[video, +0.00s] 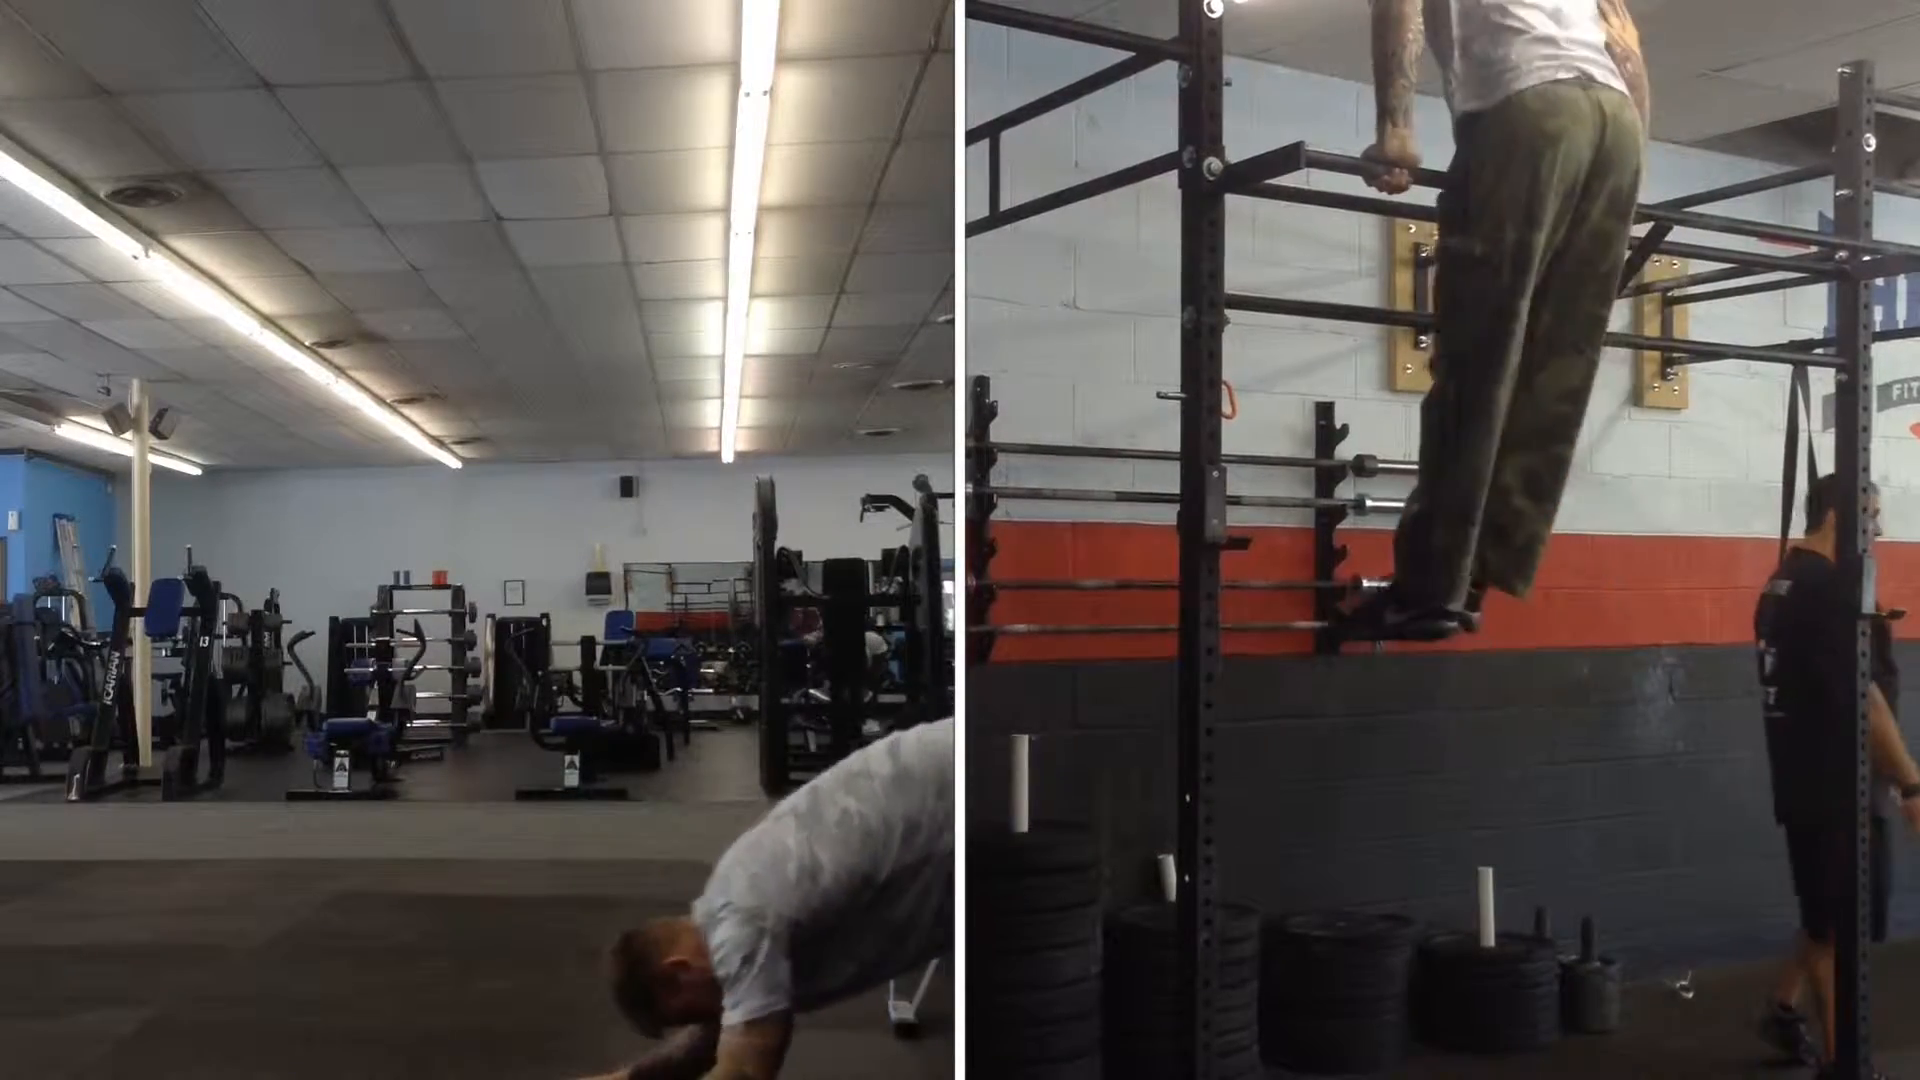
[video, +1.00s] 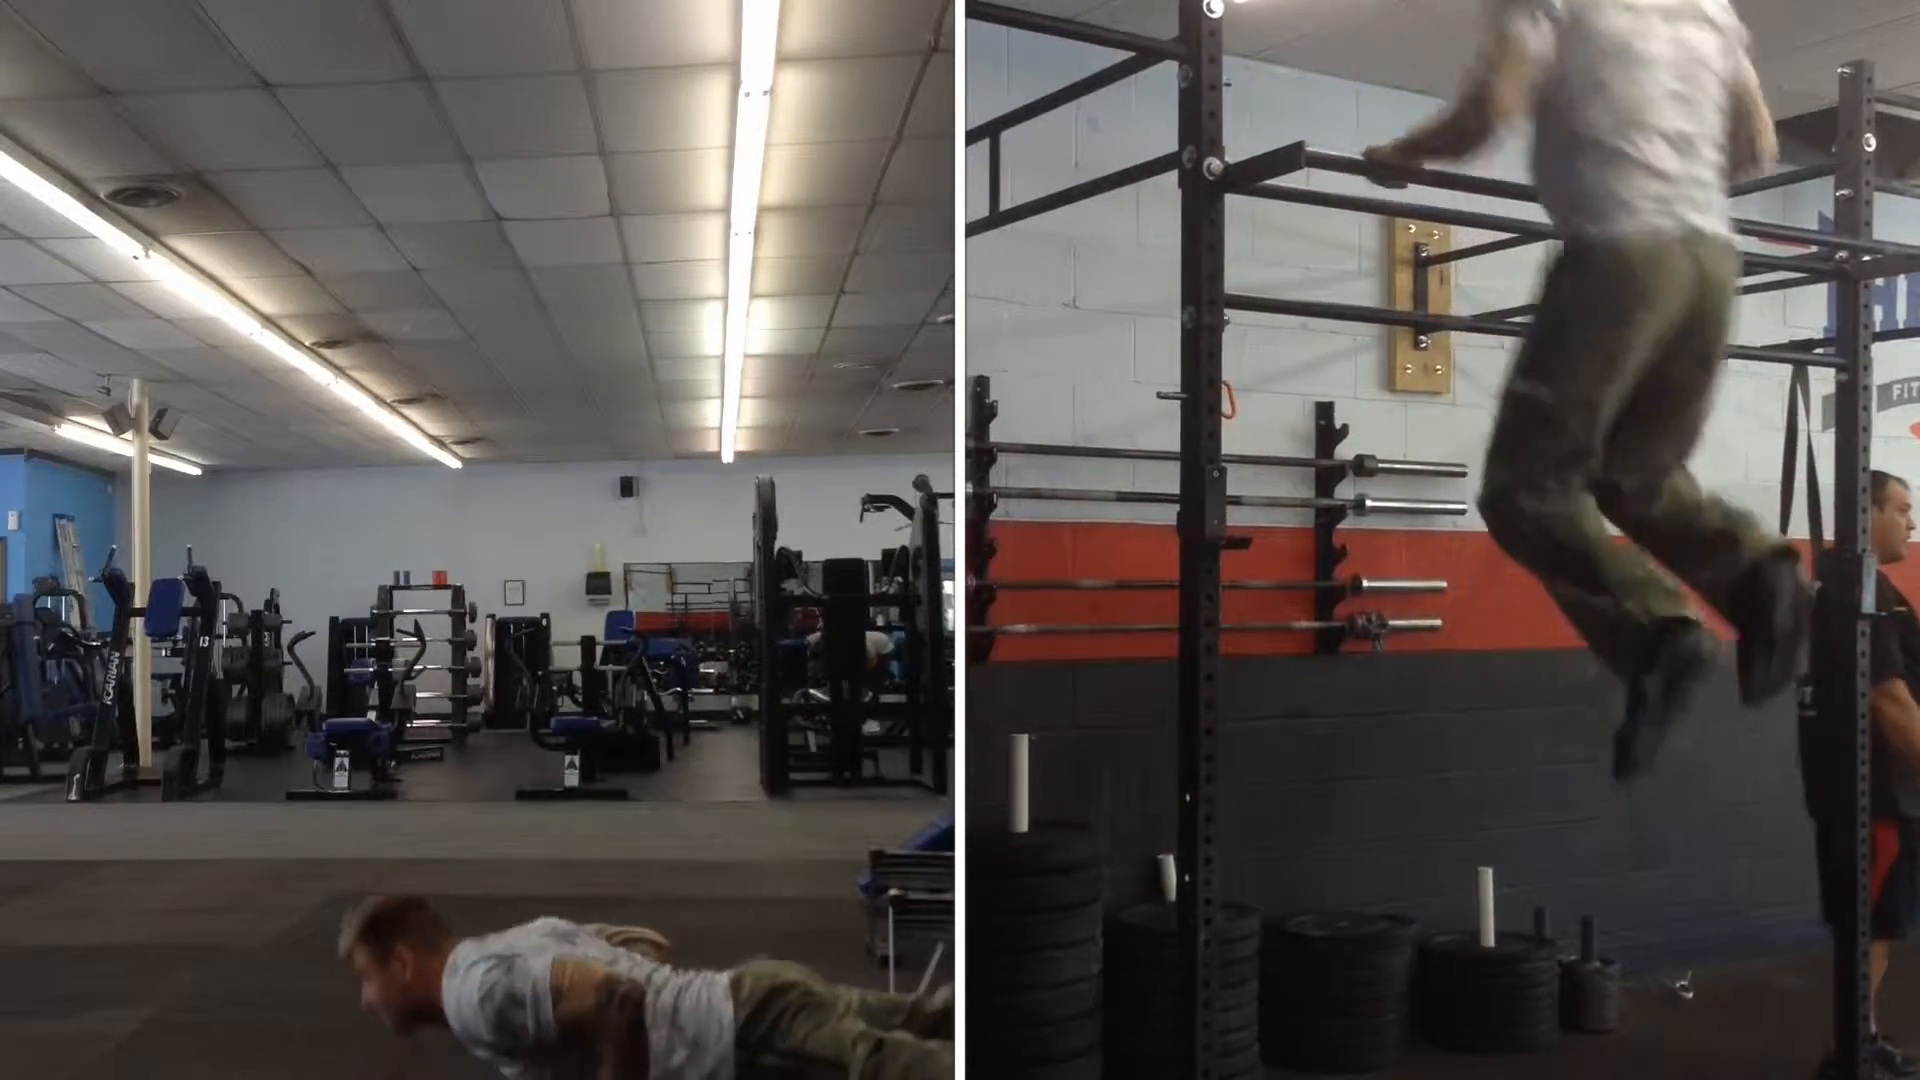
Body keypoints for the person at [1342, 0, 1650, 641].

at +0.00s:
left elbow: (1399, 11)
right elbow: (1626, 44)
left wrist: (1395, 124)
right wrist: (1631, 155)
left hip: (1525, 108)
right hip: (1618, 116)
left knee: (1476, 353)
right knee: (1558, 363)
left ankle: (1428, 589)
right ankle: (1470, 584)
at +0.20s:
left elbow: (1400, 9)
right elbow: (1637, 37)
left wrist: (1396, 125)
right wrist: (1641, 146)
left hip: (1533, 116)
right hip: (1626, 122)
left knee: (1494, 368)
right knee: (1582, 371)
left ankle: (1465, 610)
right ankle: (1512, 594)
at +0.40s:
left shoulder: (1425, 11)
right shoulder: (1555, 11)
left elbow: (1392, 6)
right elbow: (1649, 54)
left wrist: (1395, 126)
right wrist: (1633, 166)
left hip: (1537, 163)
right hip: (1625, 163)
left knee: (1505, 413)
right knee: (1587, 418)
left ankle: (1473, 647)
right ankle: (1525, 637)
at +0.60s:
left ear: (1414, 18)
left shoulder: (1418, 15)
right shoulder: (1550, 9)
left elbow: (1387, 3)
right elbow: (1648, 50)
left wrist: (1395, 126)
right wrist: (1629, 178)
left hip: (1533, 208)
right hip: (1621, 209)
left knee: (1511, 463)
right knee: (1596, 461)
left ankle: (1490, 701)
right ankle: (1555, 690)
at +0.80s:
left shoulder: (1462, 5)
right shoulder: (1599, 7)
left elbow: (1416, 12)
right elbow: (1688, 52)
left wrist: (1400, 132)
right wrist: (1627, 176)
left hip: (1536, 217)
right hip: (1630, 223)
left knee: (1503, 469)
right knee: (1603, 465)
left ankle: (1571, 696)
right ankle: (1692, 655)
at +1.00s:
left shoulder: (1547, 7)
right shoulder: (1707, 11)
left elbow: (1491, 112)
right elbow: (1757, 148)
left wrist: (1407, 151)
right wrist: (1666, 165)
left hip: (1619, 255)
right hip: (1715, 259)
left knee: (1526, 489)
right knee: (1635, 473)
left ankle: (1657, 640)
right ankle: (1760, 581)